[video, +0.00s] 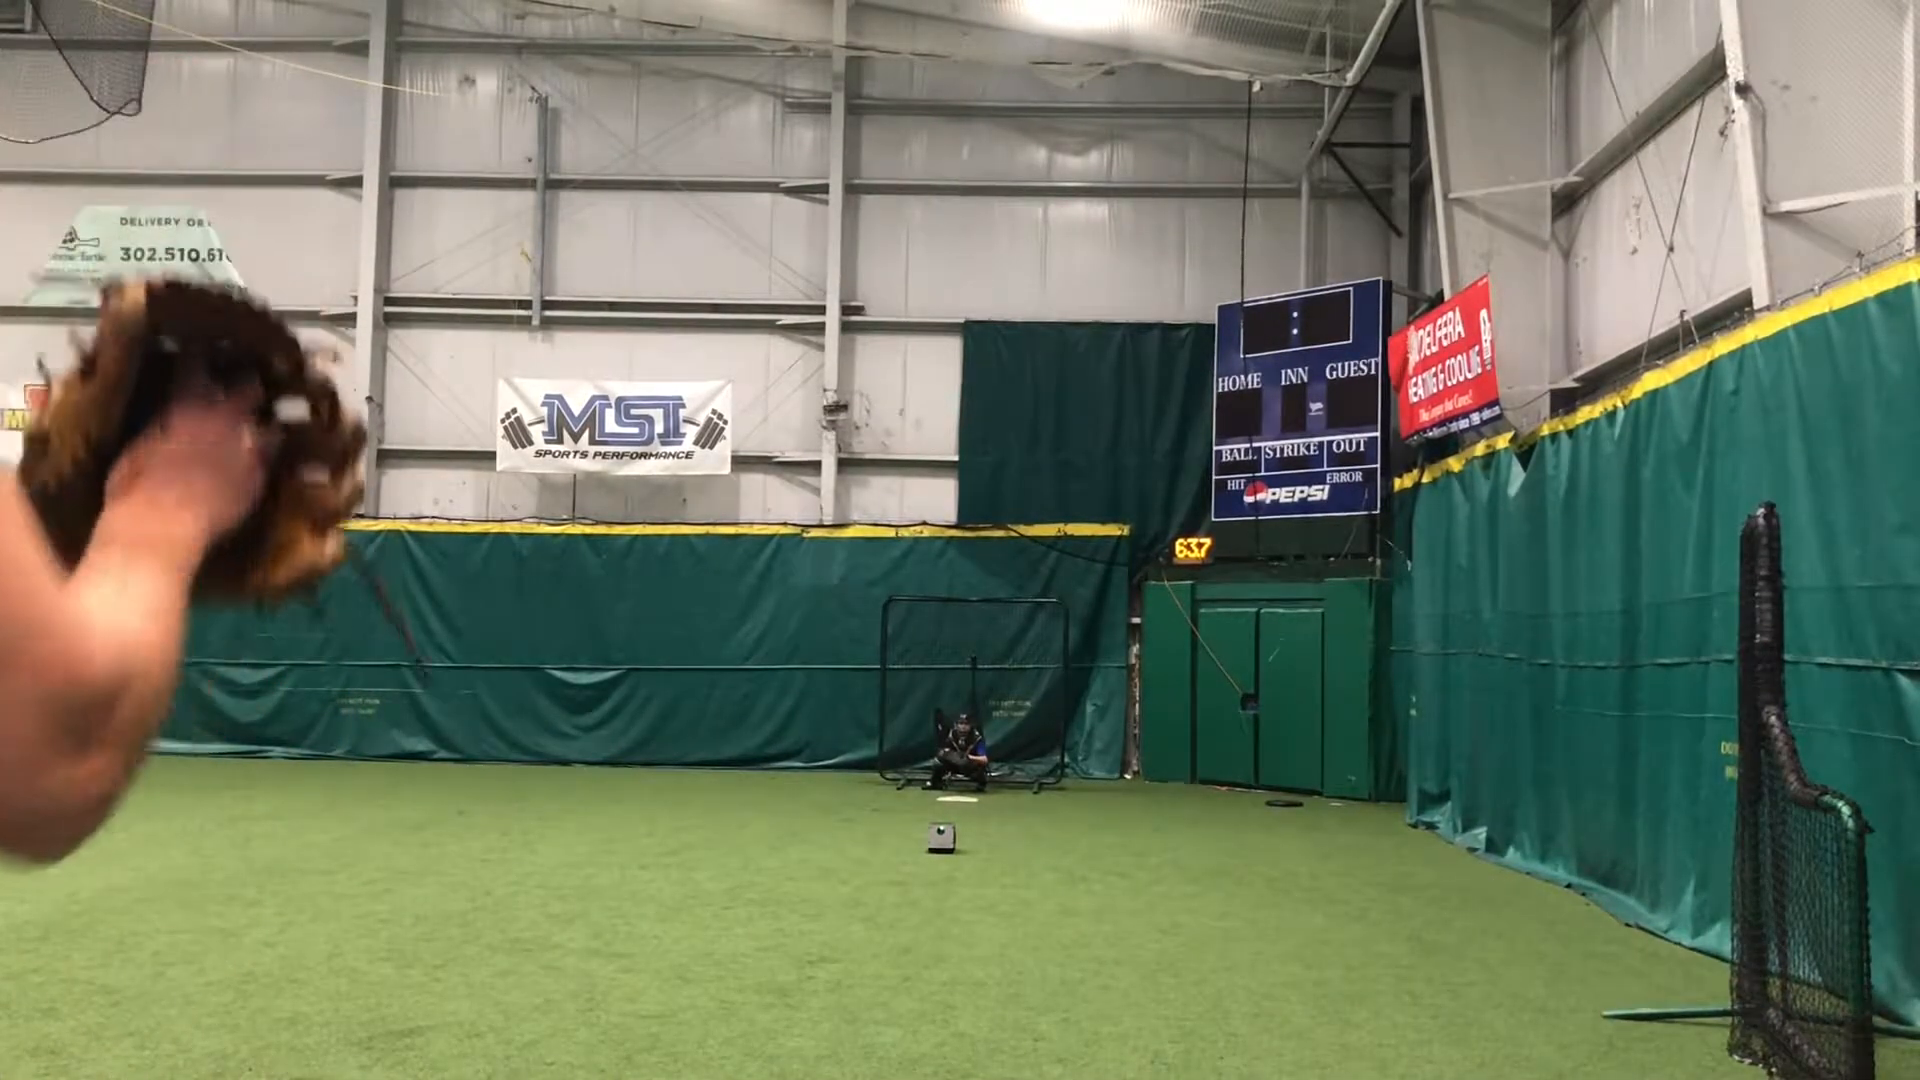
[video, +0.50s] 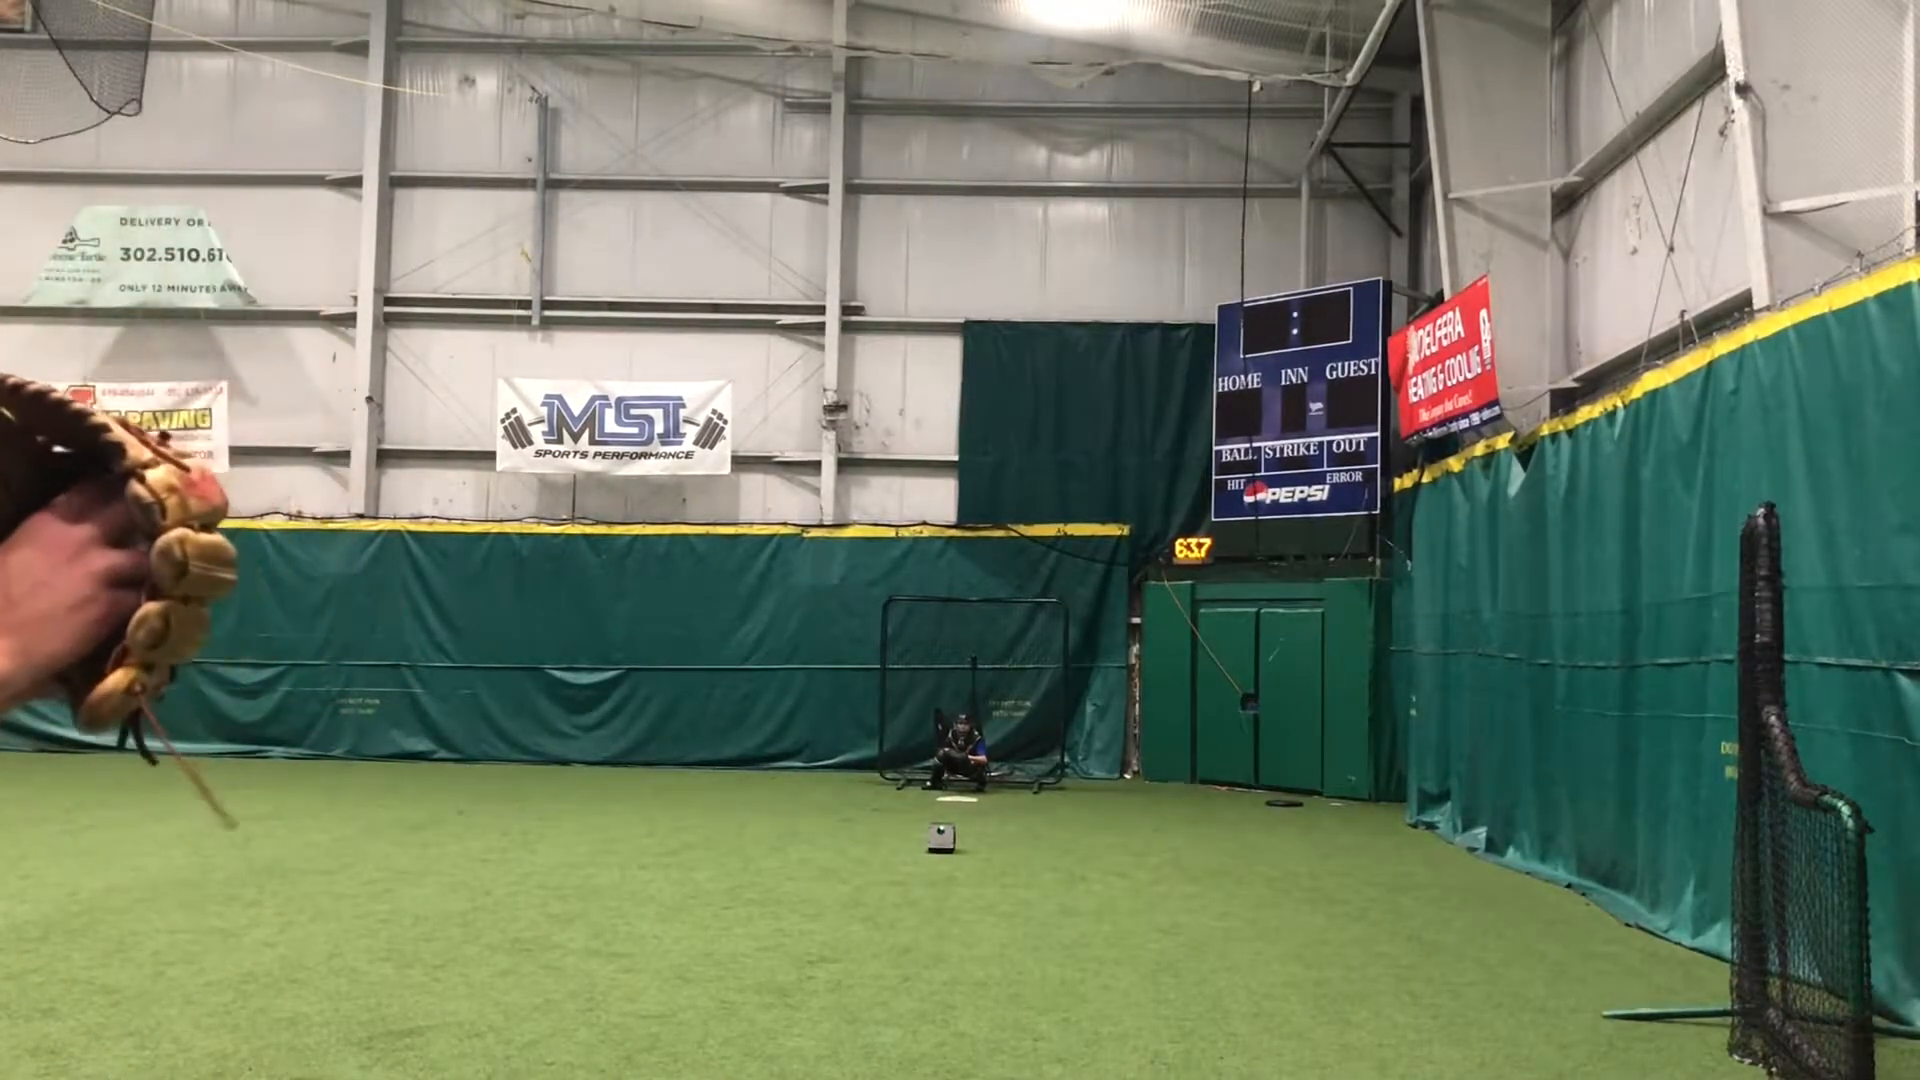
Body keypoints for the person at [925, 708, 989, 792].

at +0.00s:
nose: (963, 727)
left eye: (966, 724)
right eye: (960, 724)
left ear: (970, 726)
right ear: (956, 725)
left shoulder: (977, 738)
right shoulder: (951, 735)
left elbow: (984, 759)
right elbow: (943, 751)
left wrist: (969, 757)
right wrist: (952, 756)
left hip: (970, 763)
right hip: (954, 762)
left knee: (979, 773)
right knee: (939, 764)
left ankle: (981, 784)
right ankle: (936, 783)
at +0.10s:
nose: (963, 727)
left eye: (966, 724)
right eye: (960, 724)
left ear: (970, 726)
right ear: (956, 725)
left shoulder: (977, 738)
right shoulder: (951, 735)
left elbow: (984, 759)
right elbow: (942, 751)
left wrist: (969, 757)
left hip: (971, 764)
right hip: (954, 762)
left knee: (979, 773)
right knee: (939, 764)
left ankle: (981, 785)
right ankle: (936, 783)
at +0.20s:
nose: (963, 727)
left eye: (966, 724)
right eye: (960, 724)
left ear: (970, 726)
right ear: (956, 725)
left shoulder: (977, 738)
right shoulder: (951, 735)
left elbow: (984, 759)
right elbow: (942, 752)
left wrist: (970, 757)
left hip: (970, 764)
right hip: (954, 762)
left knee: (979, 773)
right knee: (939, 764)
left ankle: (981, 785)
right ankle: (936, 783)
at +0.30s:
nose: (963, 727)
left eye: (966, 724)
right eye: (960, 724)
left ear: (970, 726)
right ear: (956, 725)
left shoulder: (977, 739)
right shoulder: (951, 735)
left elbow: (984, 759)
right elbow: (944, 750)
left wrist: (970, 758)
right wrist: (952, 755)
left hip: (970, 765)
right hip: (954, 763)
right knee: (940, 762)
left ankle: (981, 784)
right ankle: (936, 782)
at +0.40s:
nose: (963, 727)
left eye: (966, 724)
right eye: (960, 724)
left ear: (970, 726)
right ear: (956, 725)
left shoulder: (977, 738)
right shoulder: (950, 735)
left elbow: (984, 759)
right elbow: (944, 750)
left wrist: (969, 757)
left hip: (970, 765)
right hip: (953, 764)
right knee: (941, 757)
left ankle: (981, 784)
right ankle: (936, 782)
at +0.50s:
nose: (962, 727)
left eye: (965, 724)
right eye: (960, 724)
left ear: (970, 726)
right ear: (955, 725)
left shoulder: (976, 739)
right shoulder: (950, 735)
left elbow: (983, 759)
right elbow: (944, 749)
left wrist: (967, 757)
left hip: (969, 764)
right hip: (953, 763)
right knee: (941, 756)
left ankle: (981, 784)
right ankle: (936, 782)